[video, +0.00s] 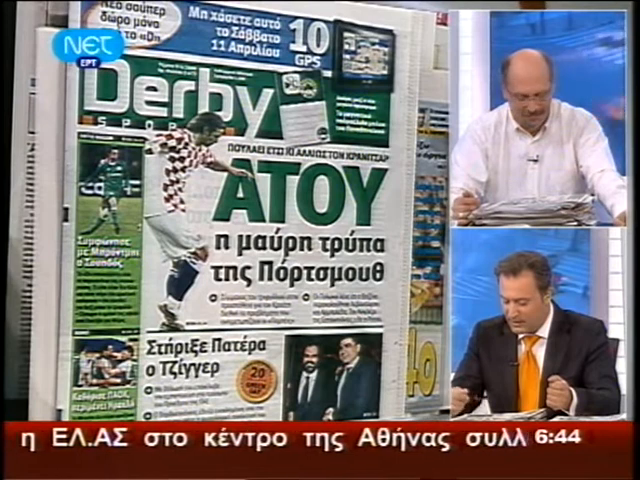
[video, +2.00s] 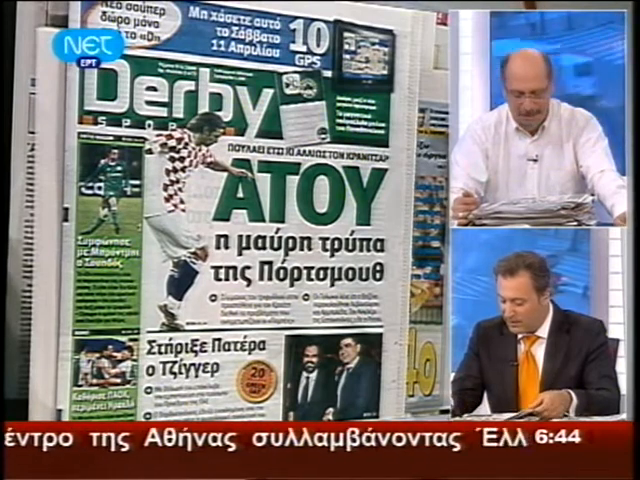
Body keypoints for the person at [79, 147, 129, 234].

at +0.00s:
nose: (115, 156)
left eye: (116, 154)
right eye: (113, 154)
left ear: (118, 155)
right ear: (109, 154)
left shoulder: (122, 165)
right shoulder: (104, 165)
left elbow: (126, 176)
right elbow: (95, 174)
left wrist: (127, 186)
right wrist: (85, 182)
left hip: (118, 190)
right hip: (108, 189)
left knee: (105, 213)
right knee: (113, 205)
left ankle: (91, 230)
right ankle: (116, 225)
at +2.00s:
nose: (115, 156)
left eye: (116, 154)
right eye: (113, 154)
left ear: (118, 155)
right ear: (109, 155)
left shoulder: (122, 165)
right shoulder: (104, 165)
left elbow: (126, 177)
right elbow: (95, 174)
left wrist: (127, 186)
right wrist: (85, 182)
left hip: (118, 190)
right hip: (108, 189)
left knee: (105, 213)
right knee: (113, 205)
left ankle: (91, 230)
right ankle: (116, 226)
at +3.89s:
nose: (115, 156)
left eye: (116, 154)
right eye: (113, 154)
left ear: (118, 155)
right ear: (109, 154)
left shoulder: (122, 165)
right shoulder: (104, 165)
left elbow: (126, 177)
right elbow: (95, 175)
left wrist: (127, 187)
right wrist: (85, 182)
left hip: (118, 190)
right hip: (108, 189)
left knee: (105, 213)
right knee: (113, 205)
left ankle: (91, 230)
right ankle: (116, 225)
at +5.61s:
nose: (115, 156)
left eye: (116, 154)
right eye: (113, 153)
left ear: (118, 155)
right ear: (109, 154)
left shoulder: (122, 166)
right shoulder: (104, 165)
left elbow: (126, 177)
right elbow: (95, 174)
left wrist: (127, 187)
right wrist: (86, 182)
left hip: (118, 190)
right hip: (108, 189)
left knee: (105, 213)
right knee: (113, 206)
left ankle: (91, 230)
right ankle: (116, 226)